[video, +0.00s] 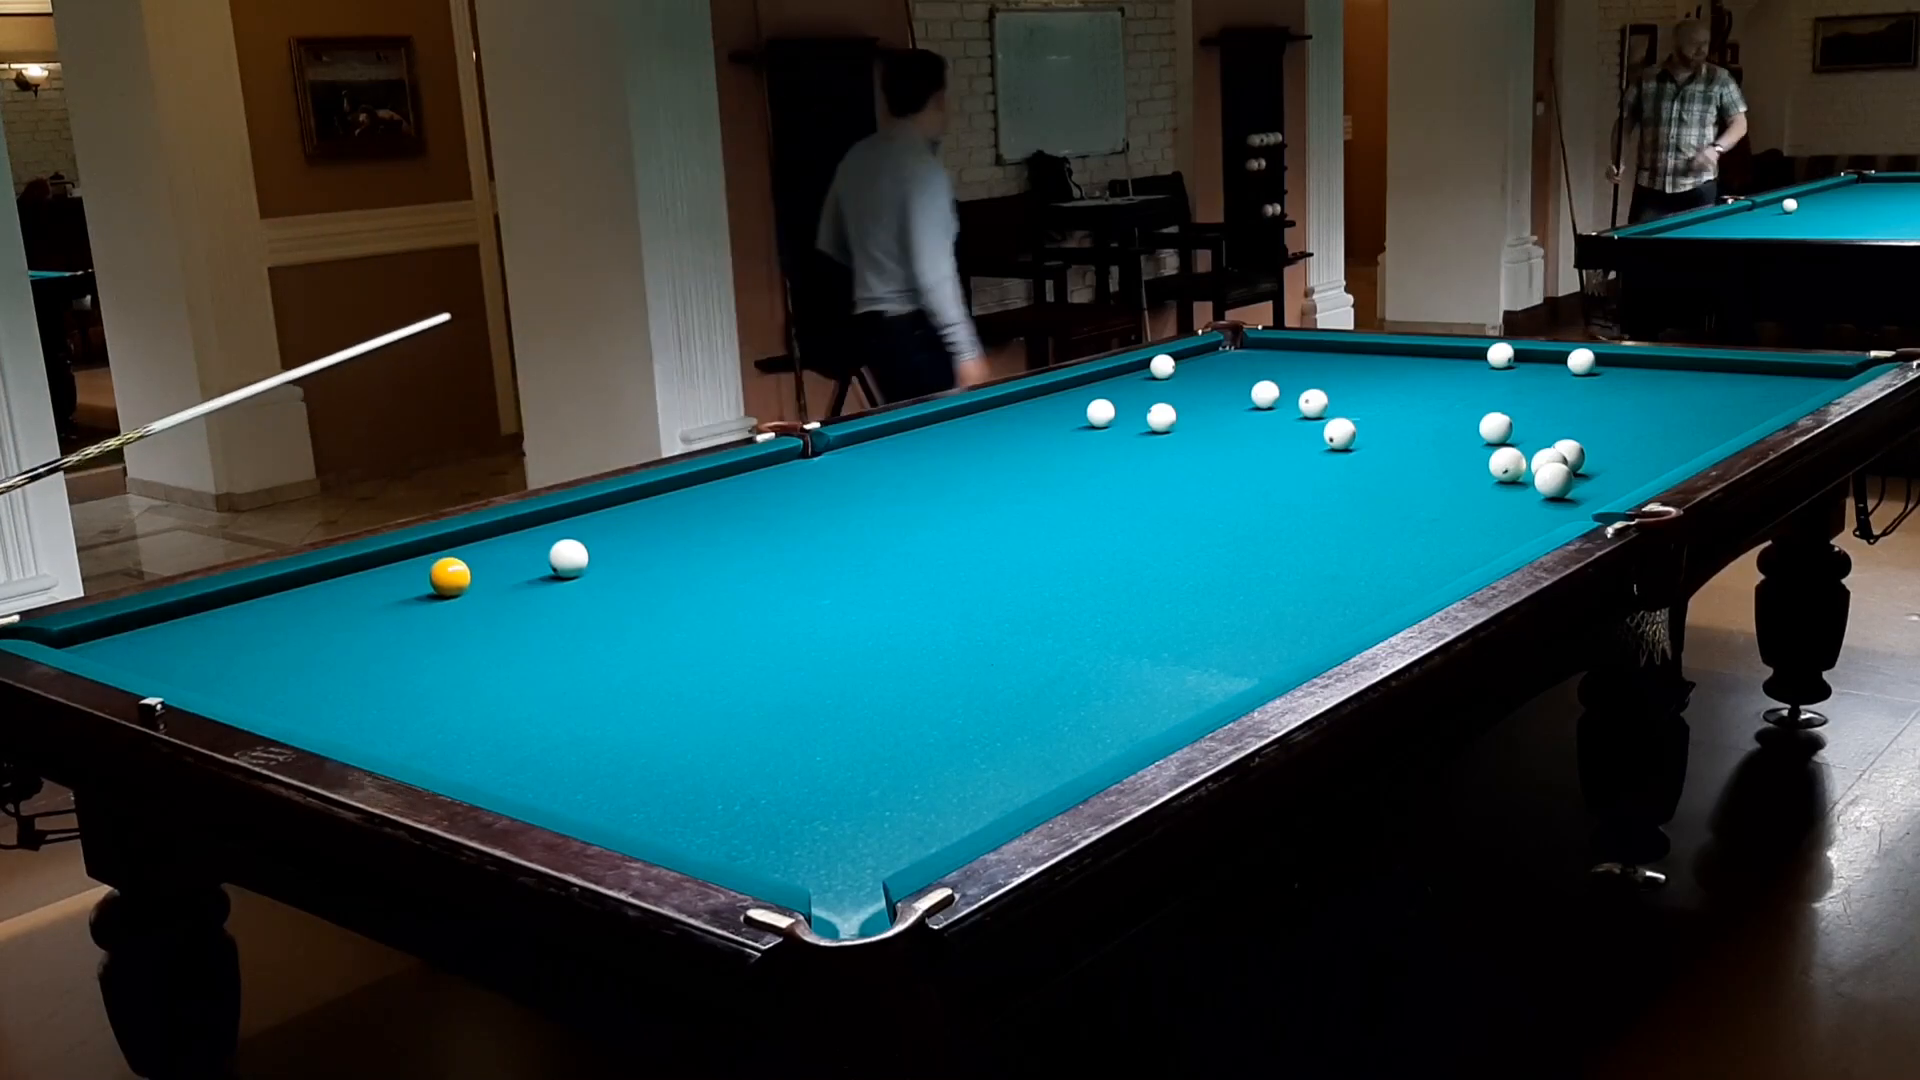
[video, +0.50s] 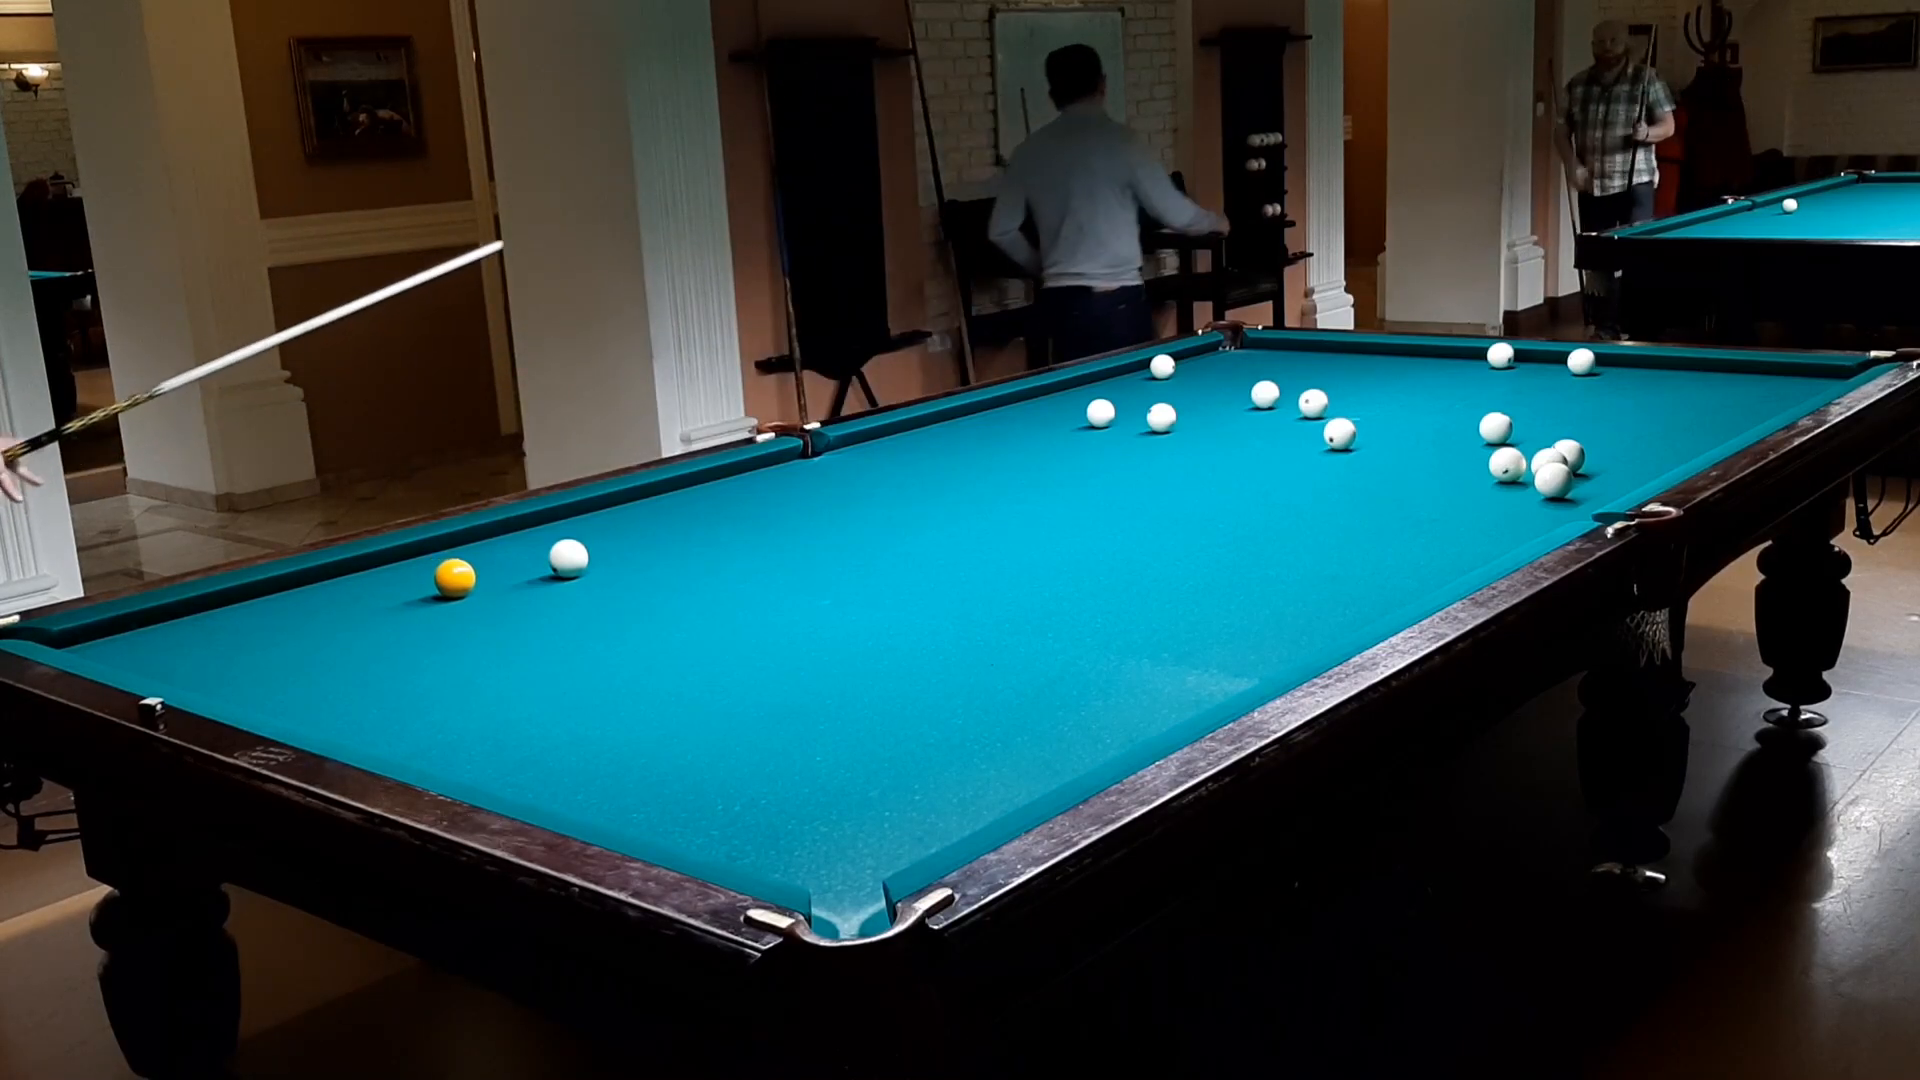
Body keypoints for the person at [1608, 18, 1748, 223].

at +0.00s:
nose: (1703, 50)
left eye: (1706, 44)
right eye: (1695, 44)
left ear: (1710, 45)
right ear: (1677, 44)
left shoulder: (1719, 80)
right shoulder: (1647, 78)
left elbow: (1739, 124)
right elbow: (1624, 122)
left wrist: (1716, 150)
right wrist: (1617, 161)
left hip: (1697, 191)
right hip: (1651, 189)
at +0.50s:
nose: (1607, 48)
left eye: (1613, 42)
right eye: (1600, 42)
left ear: (1625, 44)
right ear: (1592, 45)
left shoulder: (1646, 79)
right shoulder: (1577, 85)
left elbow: (1667, 126)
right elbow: (1561, 133)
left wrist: (1649, 133)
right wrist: (1574, 166)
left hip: (1634, 185)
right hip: (1592, 187)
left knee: (1633, 255)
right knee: (1596, 258)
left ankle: (1633, 325)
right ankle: (1602, 325)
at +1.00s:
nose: (1561, 54)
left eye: (1568, 48)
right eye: (1558, 47)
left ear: (1584, 51)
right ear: (1554, 51)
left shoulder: (1605, 88)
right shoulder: (1543, 92)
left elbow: (1628, 134)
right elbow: (1534, 137)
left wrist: (1604, 147)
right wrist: (1538, 184)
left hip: (1586, 193)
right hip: (1550, 194)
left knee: (1567, 267)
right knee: (1568, 266)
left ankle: (1550, 336)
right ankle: (1604, 326)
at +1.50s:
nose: (1511, 53)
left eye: (1519, 47)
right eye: (1510, 47)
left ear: (1539, 51)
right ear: (1509, 50)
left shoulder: (1559, 87)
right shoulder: (1506, 88)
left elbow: (1583, 136)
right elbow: (1502, 136)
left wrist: (1554, 152)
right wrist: (1497, 177)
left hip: (1545, 196)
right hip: (1505, 196)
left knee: (1549, 272)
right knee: (1490, 269)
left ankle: (1545, 335)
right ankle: (1469, 332)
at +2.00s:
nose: (1450, 59)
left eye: (1457, 52)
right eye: (1448, 52)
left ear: (1477, 53)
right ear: (1446, 53)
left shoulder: (1506, 87)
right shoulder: (1437, 97)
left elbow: (1531, 131)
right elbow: (1416, 147)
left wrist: (1517, 150)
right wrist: (1395, 194)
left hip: (1492, 201)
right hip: (1450, 203)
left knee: (1494, 273)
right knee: (1455, 280)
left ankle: (1512, 340)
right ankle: (1459, 342)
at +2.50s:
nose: (1439, 58)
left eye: (1447, 52)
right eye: (1434, 52)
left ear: (1464, 55)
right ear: (1428, 55)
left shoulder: (1485, 94)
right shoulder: (1411, 95)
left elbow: (1497, 141)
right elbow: (1393, 145)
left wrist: (1495, 185)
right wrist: (1409, 179)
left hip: (1465, 205)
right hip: (1422, 205)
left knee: (1454, 278)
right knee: (1419, 274)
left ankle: (1447, 345)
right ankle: (1438, 339)